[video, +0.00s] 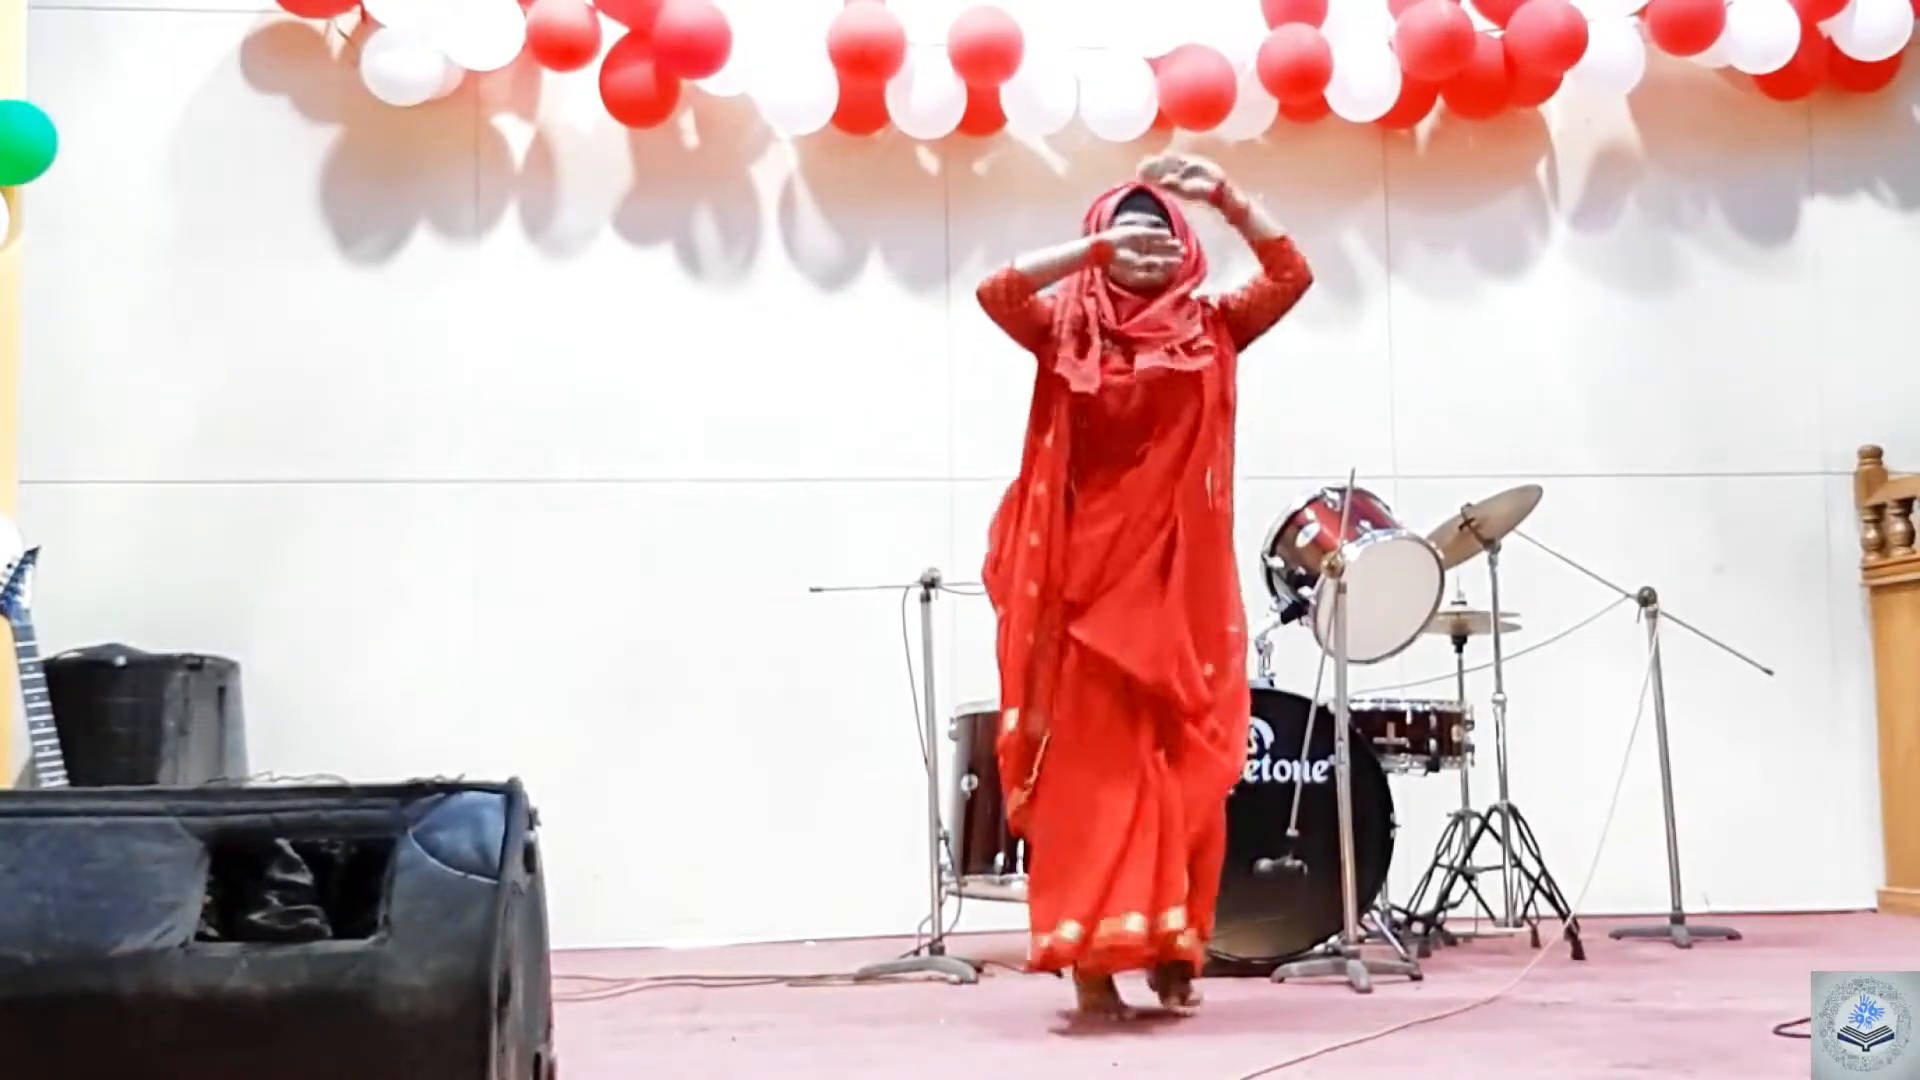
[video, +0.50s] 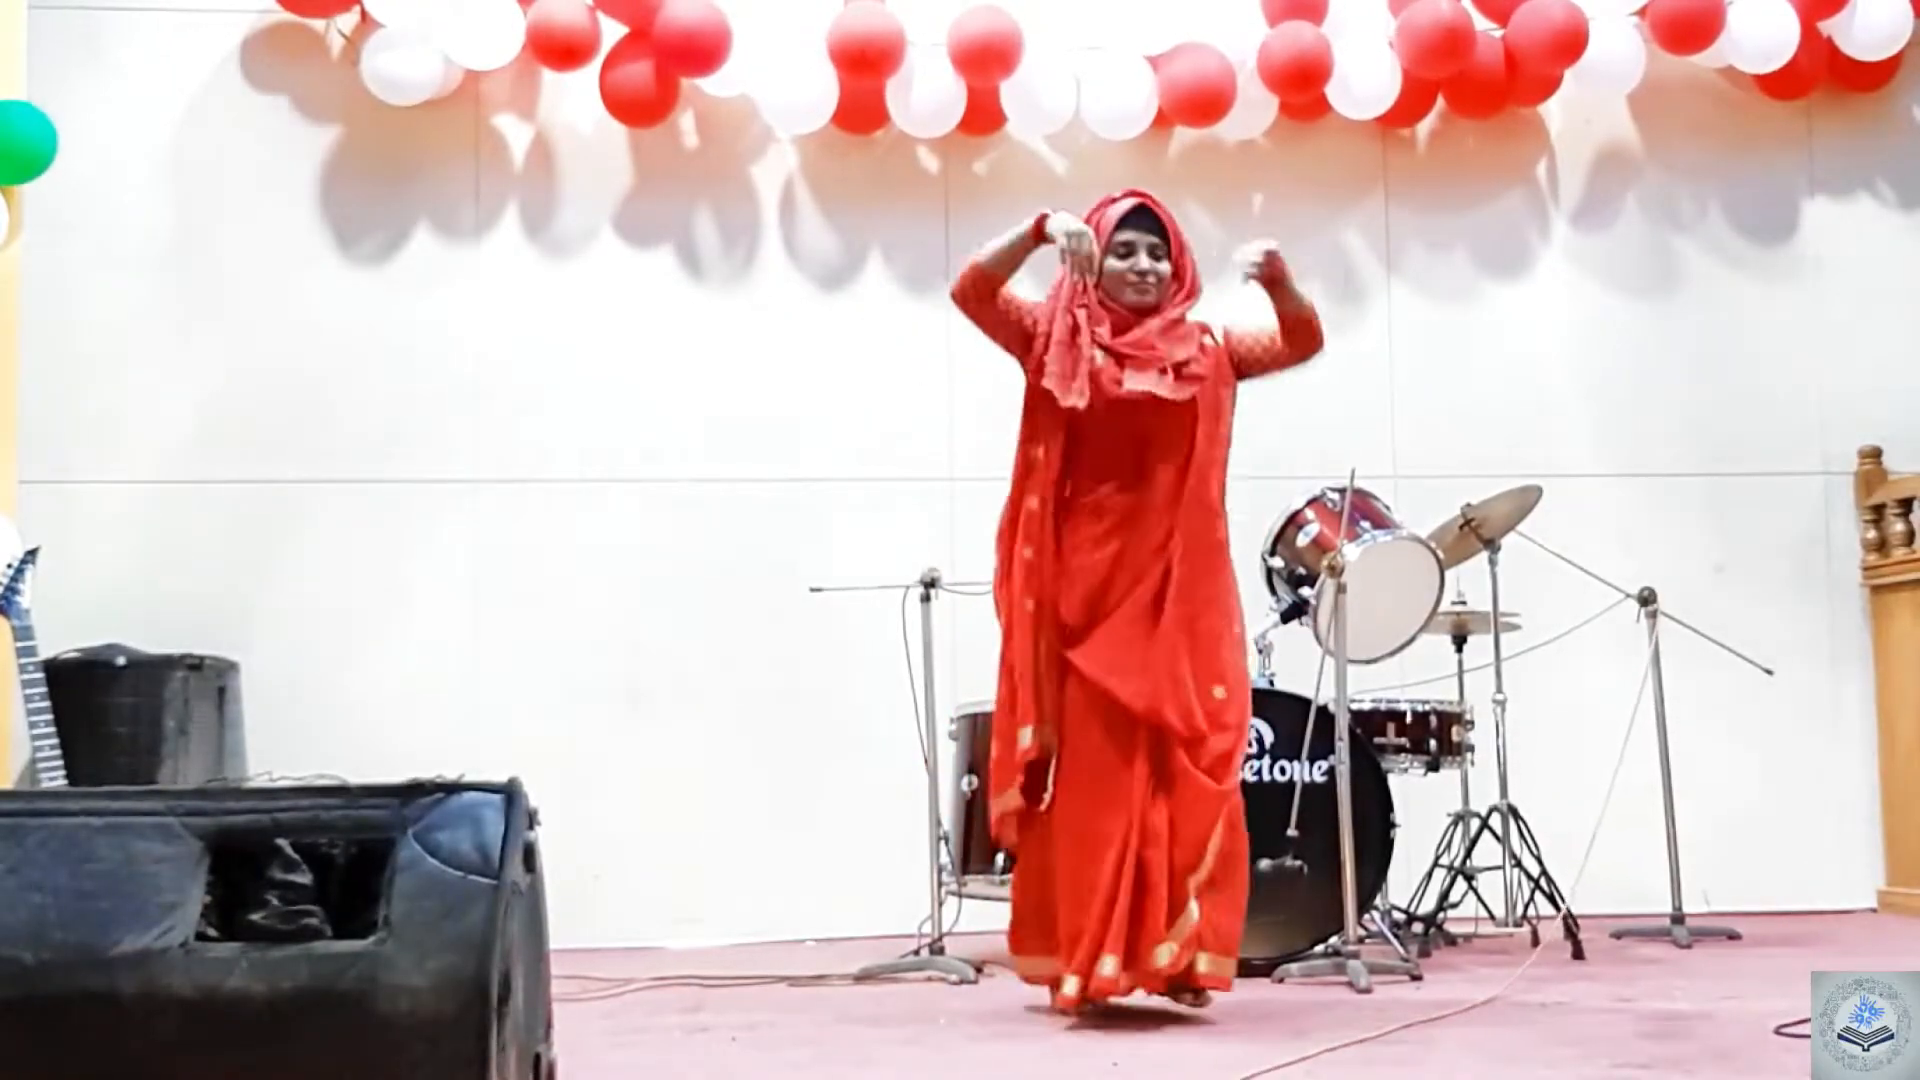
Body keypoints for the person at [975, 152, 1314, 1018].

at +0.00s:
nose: (1147, 243)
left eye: (1163, 234)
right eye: (1129, 231)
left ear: (1187, 254)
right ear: (1103, 251)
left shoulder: (1211, 326)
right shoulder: (1070, 323)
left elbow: (1289, 275)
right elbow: (995, 293)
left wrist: (1230, 199)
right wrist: (1087, 252)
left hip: (1184, 577)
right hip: (1085, 574)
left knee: (1189, 759)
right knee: (1089, 760)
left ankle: (1178, 944)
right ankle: (1091, 974)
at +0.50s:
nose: (1139, 264)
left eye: (1153, 252)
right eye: (1124, 252)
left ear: (1174, 268)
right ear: (1094, 265)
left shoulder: (1207, 348)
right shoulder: (1057, 335)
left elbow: (1301, 344)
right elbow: (972, 293)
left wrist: (1282, 288)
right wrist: (1031, 235)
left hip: (1182, 592)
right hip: (1081, 589)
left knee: (1193, 770)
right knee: (1090, 769)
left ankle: (1182, 964)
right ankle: (1086, 968)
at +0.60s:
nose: (1159, 281)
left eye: (1172, 268)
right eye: (1141, 268)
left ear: (1191, 280)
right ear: (1110, 278)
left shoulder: (1215, 381)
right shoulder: (1077, 361)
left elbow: (1298, 417)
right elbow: (998, 364)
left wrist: (1339, 346)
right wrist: (1029, 276)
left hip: (1190, 613)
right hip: (1090, 614)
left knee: (1199, 788)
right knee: (1098, 792)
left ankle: (1176, 975)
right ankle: (1093, 977)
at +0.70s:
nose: (1175, 298)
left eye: (1187, 284)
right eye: (1158, 284)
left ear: (1205, 293)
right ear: (1123, 290)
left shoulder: (1218, 386)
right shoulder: (1098, 374)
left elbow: (1273, 468)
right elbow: (1075, 457)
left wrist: (1374, 462)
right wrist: (1043, 388)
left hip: (1204, 609)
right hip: (1108, 610)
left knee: (1206, 781)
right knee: (1109, 783)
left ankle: (1176, 975)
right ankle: (1102, 973)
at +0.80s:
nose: (1192, 317)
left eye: (1201, 302)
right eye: (1173, 304)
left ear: (1217, 310)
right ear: (1137, 313)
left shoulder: (1225, 404)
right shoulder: (1103, 392)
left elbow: (1290, 501)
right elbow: (1092, 468)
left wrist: (1384, 552)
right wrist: (1079, 396)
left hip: (1223, 628)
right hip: (1125, 630)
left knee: (1253, 786)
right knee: (1173, 782)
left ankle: (1171, 967)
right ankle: (1093, 912)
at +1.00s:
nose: (1236, 272)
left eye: (1241, 260)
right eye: (1216, 260)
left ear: (1251, 276)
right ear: (1169, 277)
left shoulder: (1255, 374)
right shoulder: (1141, 348)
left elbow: (1327, 461)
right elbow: (1178, 298)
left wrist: (1422, 509)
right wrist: (1250, 224)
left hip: (1257, 588)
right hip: (1201, 589)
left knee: (1208, 776)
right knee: (1360, 722)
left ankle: (1153, 971)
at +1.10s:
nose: (1256, 271)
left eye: (1260, 259)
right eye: (1234, 261)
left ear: (1267, 264)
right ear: (1189, 269)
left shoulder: (1282, 344)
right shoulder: (1171, 336)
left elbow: (1342, 423)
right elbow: (1240, 334)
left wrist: (1446, 423)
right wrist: (1347, 289)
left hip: (1318, 570)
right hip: (1249, 570)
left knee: (1267, 770)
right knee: (1375, 744)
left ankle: (1164, 942)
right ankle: (1423, 959)